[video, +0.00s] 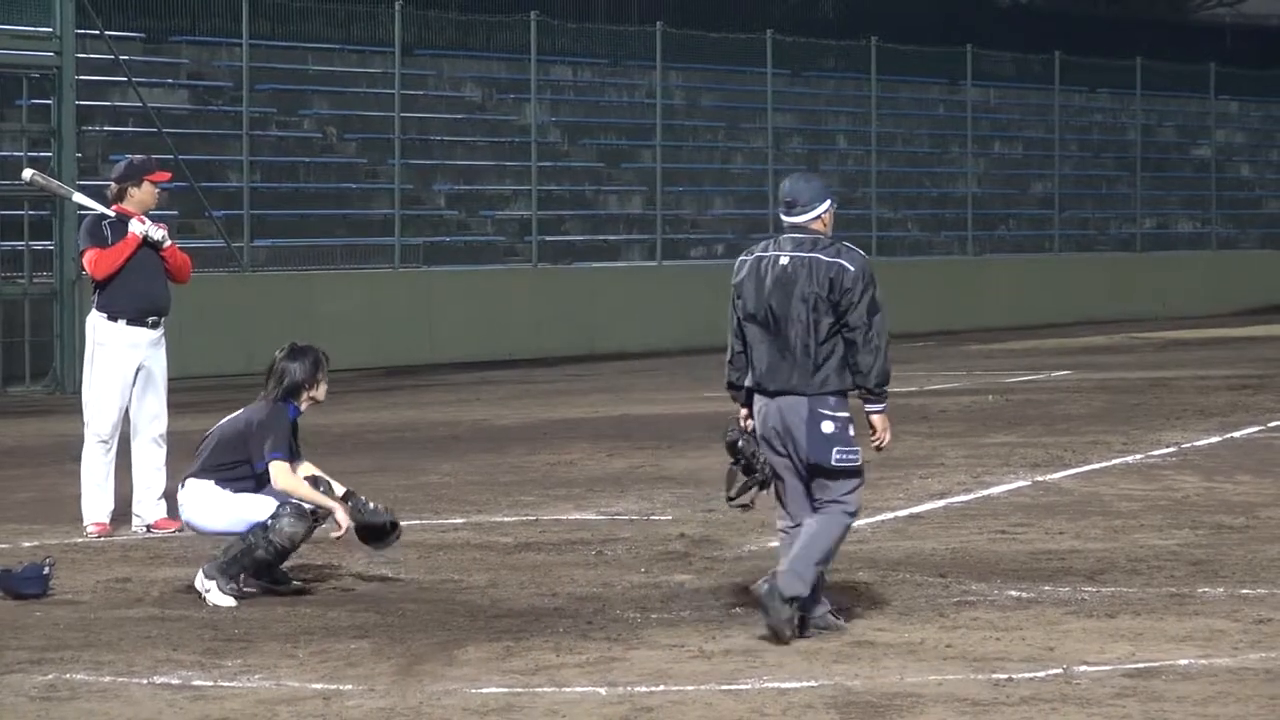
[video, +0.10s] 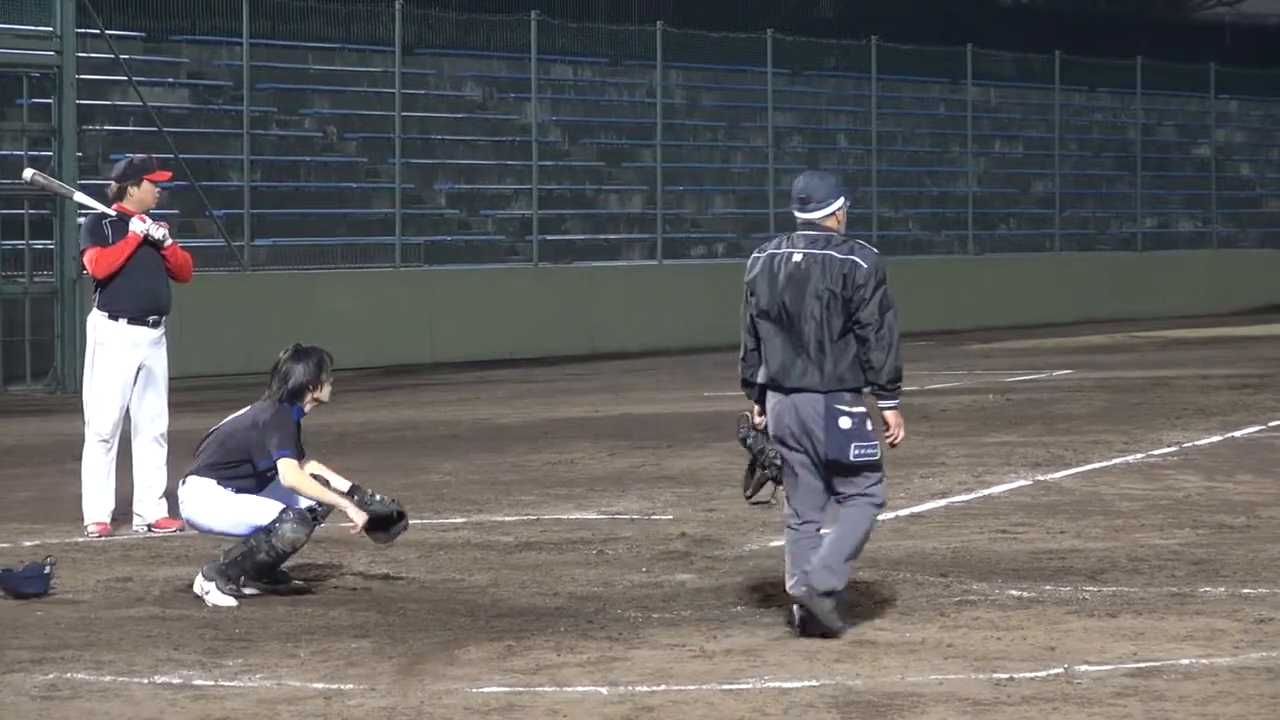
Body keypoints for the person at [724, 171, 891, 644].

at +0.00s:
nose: (832, 218)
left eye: (828, 211)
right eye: (830, 213)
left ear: (785, 214)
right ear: (822, 217)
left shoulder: (749, 263)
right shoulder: (845, 262)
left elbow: (739, 340)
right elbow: (866, 339)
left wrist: (743, 399)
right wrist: (876, 404)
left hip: (766, 403)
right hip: (821, 403)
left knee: (795, 512)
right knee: (839, 499)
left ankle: (813, 609)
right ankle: (782, 587)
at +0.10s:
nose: (845, 216)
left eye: (841, 209)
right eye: (843, 210)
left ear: (798, 212)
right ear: (835, 214)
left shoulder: (763, 260)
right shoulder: (858, 260)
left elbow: (752, 338)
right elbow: (879, 337)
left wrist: (755, 396)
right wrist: (888, 401)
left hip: (783, 401)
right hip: (841, 402)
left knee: (803, 508)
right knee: (862, 492)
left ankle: (804, 605)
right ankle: (820, 583)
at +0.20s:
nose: (857, 214)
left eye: (850, 208)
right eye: (856, 209)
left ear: (810, 211)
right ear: (852, 213)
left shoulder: (776, 258)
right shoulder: (873, 260)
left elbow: (764, 336)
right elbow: (892, 337)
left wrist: (767, 395)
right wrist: (901, 400)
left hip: (794, 400)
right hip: (854, 401)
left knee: (806, 508)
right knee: (880, 494)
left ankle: (808, 611)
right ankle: (870, 602)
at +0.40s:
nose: (881, 222)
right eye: (885, 216)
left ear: (842, 216)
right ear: (888, 220)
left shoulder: (807, 261)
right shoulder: (909, 266)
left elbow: (791, 337)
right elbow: (925, 342)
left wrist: (792, 394)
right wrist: (928, 403)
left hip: (824, 403)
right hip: (888, 405)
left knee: (820, 510)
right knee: (909, 504)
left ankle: (811, 610)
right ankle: (939, 604)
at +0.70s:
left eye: (898, 212)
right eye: (932, 216)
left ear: (895, 214)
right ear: (940, 218)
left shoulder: (856, 257)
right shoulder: (965, 264)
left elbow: (840, 329)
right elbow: (983, 337)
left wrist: (838, 387)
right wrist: (988, 399)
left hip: (871, 400)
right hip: (934, 402)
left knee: (862, 495)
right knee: (944, 504)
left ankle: (835, 577)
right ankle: (949, 605)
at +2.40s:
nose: (866, 216)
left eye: (864, 210)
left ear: (863, 212)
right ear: (906, 210)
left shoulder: (838, 253)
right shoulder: (937, 257)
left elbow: (821, 322)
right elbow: (951, 324)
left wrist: (818, 376)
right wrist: (937, 371)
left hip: (859, 383)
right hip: (916, 384)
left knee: (852, 471)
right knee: (911, 480)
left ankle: (869, 556)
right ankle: (908, 570)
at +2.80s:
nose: (813, 229)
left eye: (814, 223)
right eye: (816, 223)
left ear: (824, 222)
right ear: (862, 219)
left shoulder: (808, 260)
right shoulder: (902, 257)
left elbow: (801, 331)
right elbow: (918, 323)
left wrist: (802, 387)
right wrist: (909, 373)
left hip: (836, 382)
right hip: (890, 381)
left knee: (834, 478)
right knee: (892, 470)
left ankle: (838, 567)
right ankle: (899, 549)